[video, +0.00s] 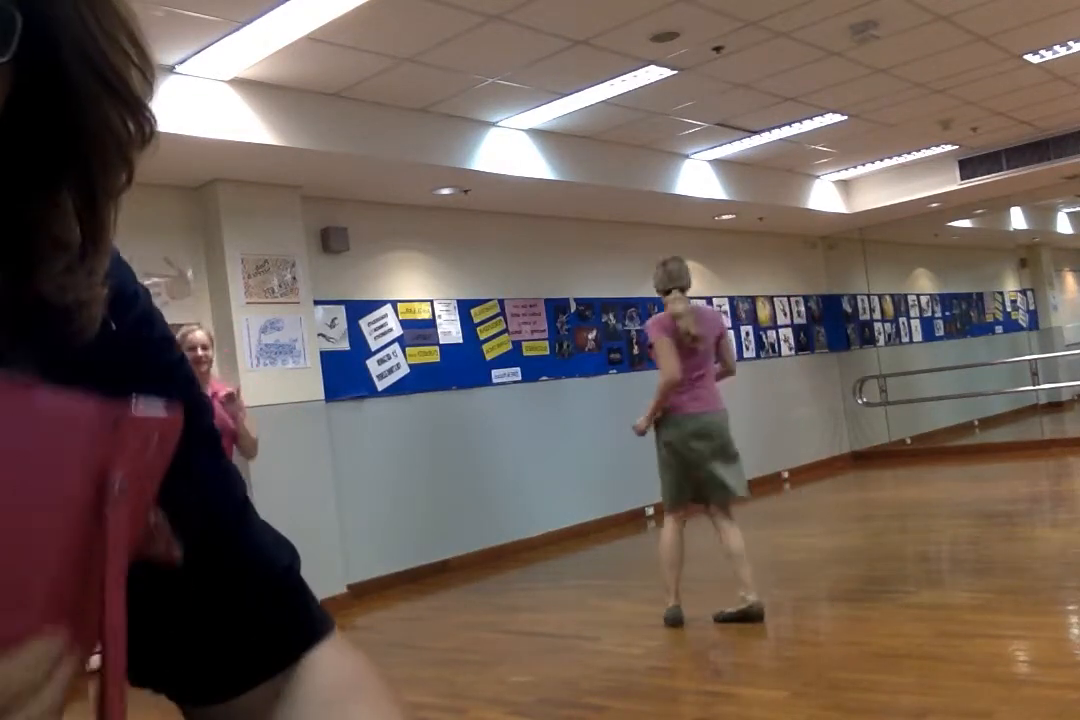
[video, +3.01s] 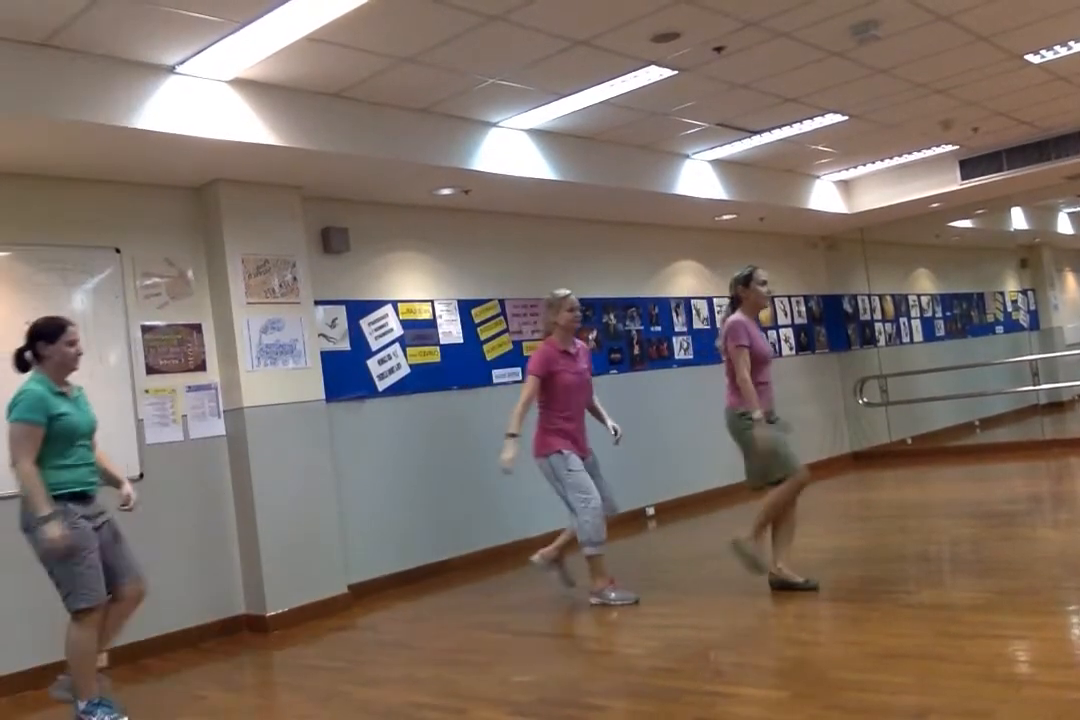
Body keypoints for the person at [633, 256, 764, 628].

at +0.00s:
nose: (662, 292)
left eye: (659, 287)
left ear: (658, 287)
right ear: (688, 282)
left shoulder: (658, 323)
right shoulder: (713, 317)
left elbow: (672, 374)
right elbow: (727, 368)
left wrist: (650, 414)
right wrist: (696, 379)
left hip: (677, 420)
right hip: (713, 417)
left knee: (673, 515)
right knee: (722, 511)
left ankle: (673, 604)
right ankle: (750, 597)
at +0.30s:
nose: (680, 290)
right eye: (680, 285)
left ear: (649, 291)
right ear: (678, 288)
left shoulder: (633, 327)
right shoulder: (696, 322)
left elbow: (624, 385)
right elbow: (709, 372)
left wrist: (631, 387)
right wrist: (721, 410)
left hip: (656, 425)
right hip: (696, 422)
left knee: (664, 515)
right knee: (705, 499)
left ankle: (673, 598)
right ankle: (709, 567)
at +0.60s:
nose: (693, 288)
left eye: (691, 282)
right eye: (690, 283)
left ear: (660, 288)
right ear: (678, 285)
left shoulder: (647, 323)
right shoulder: (685, 319)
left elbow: (646, 381)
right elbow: (690, 371)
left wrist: (682, 381)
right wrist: (728, 390)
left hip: (665, 417)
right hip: (698, 414)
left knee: (681, 504)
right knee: (715, 499)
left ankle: (670, 574)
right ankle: (705, 583)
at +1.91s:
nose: (710, 299)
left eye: (711, 293)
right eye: (704, 293)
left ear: (702, 299)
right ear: (686, 298)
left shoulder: (695, 332)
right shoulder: (679, 331)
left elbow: (700, 383)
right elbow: (675, 382)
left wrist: (730, 392)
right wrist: (712, 403)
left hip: (701, 418)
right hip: (686, 420)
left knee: (714, 495)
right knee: (698, 497)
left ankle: (706, 570)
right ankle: (697, 576)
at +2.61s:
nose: (732, 294)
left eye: (732, 289)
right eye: (726, 288)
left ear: (722, 295)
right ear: (706, 293)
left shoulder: (722, 328)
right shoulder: (690, 327)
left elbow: (715, 374)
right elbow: (688, 373)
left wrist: (725, 411)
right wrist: (718, 365)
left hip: (724, 416)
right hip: (698, 419)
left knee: (755, 485)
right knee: (708, 494)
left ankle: (751, 565)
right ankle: (705, 570)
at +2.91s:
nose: (758, 289)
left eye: (758, 284)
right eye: (752, 284)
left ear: (746, 291)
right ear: (732, 290)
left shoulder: (747, 325)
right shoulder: (725, 321)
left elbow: (748, 372)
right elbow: (733, 366)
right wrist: (764, 390)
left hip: (759, 413)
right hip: (736, 415)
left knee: (783, 488)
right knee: (754, 496)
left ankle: (779, 567)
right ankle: (719, 552)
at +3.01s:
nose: (768, 290)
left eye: (767, 285)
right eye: (761, 284)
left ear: (748, 293)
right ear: (742, 291)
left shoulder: (751, 326)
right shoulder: (737, 325)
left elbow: (757, 377)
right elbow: (742, 376)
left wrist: (770, 413)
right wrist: (757, 417)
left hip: (761, 413)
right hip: (747, 415)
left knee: (786, 487)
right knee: (798, 476)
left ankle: (779, 565)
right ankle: (751, 539)